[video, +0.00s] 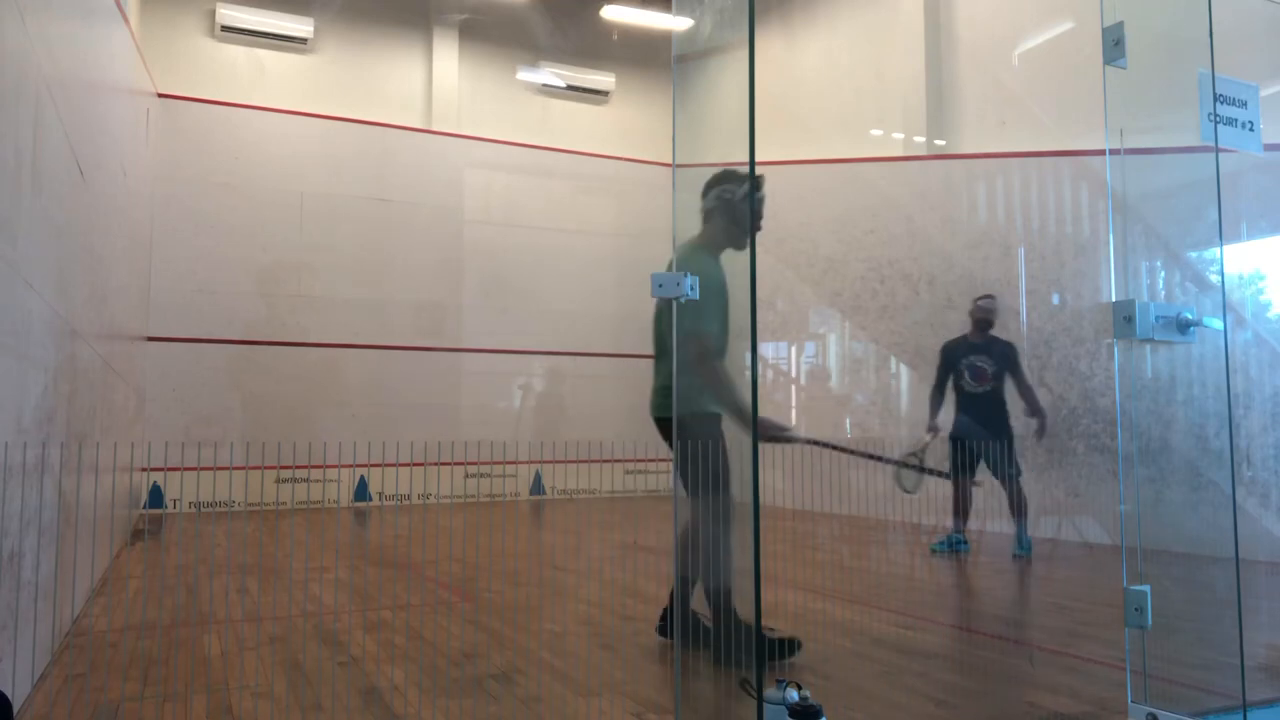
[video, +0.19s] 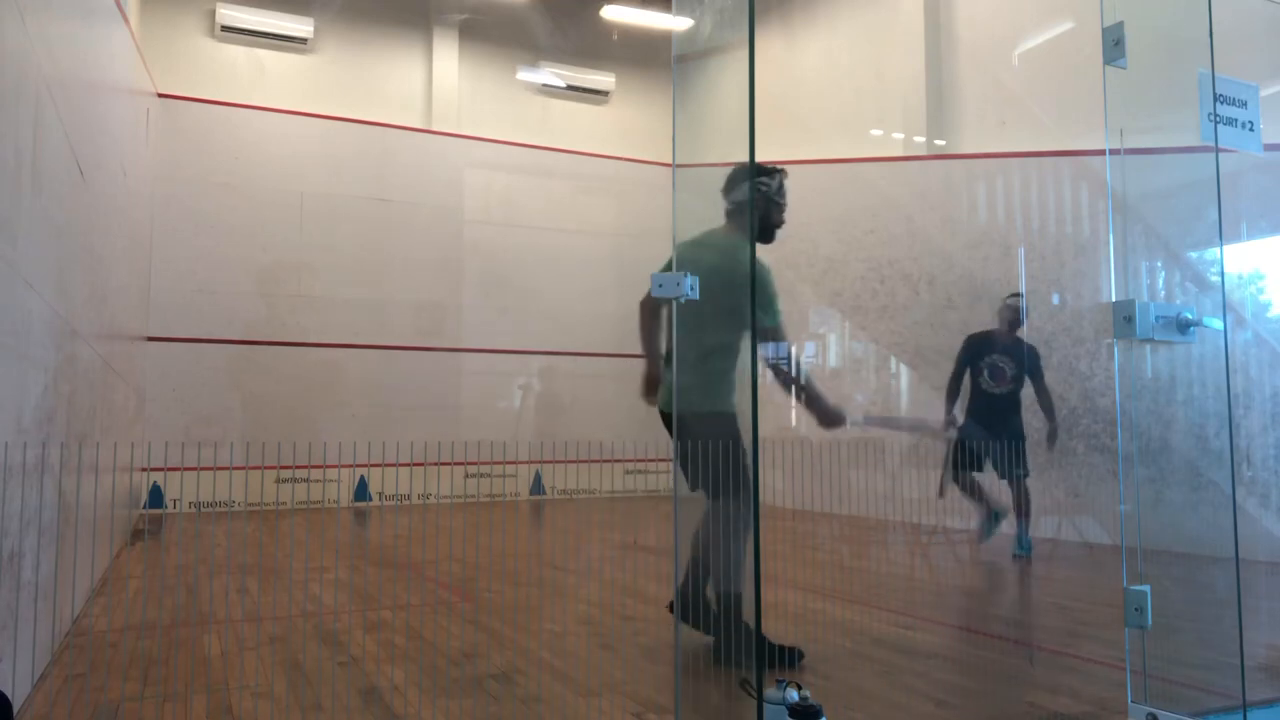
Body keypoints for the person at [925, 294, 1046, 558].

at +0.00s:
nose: (986, 316)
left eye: (991, 312)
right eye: (982, 311)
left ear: (996, 316)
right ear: (971, 313)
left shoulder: (1004, 349)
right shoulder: (952, 349)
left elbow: (1022, 383)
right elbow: (939, 386)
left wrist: (1039, 412)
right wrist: (932, 418)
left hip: (996, 425)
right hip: (964, 423)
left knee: (1011, 483)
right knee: (960, 481)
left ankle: (1022, 538)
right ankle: (958, 535)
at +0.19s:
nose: (1013, 316)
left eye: (1019, 312)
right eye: (1010, 309)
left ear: (1023, 318)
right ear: (1000, 312)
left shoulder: (1027, 353)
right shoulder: (975, 342)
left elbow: (1041, 390)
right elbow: (956, 378)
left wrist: (1052, 423)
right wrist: (949, 411)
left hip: (1009, 423)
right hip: (976, 419)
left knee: (1017, 480)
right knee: (959, 473)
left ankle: (1023, 538)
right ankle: (991, 510)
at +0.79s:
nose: (1020, 311)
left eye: (1027, 308)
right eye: (1018, 306)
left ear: (1037, 318)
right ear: (1011, 312)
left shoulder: (1041, 354)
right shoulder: (992, 340)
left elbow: (1045, 393)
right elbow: (966, 367)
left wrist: (1048, 428)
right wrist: (956, 352)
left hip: (1020, 427)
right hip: (989, 421)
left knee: (1023, 482)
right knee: (979, 477)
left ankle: (1023, 538)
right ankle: (1032, 469)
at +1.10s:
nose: (1004, 313)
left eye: (1010, 309)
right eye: (1001, 308)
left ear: (1018, 315)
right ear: (995, 313)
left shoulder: (1030, 348)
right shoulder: (985, 346)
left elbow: (1048, 382)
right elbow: (979, 376)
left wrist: (1058, 412)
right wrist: (955, 365)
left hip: (1017, 421)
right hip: (988, 421)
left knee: (1020, 479)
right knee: (986, 477)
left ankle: (1024, 537)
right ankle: (1001, 528)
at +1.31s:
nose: (986, 323)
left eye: (991, 318)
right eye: (983, 318)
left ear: (1001, 321)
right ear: (978, 321)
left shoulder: (1015, 350)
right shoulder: (978, 352)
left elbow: (1043, 383)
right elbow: (979, 387)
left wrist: (1039, 412)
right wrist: (952, 383)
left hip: (1010, 423)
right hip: (985, 424)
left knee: (1015, 481)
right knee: (994, 481)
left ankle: (1022, 538)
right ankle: (1004, 532)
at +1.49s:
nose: (967, 332)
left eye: (971, 326)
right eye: (964, 327)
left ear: (984, 325)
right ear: (964, 328)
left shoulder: (1001, 352)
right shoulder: (971, 357)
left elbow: (1032, 380)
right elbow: (969, 392)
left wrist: (1016, 413)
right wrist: (945, 393)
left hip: (997, 425)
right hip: (980, 425)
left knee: (994, 479)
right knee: (988, 480)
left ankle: (1007, 533)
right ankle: (1003, 531)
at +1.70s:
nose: (957, 334)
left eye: (962, 329)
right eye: (954, 329)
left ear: (974, 328)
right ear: (952, 330)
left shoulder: (990, 354)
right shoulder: (957, 359)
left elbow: (1015, 385)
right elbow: (947, 390)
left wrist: (999, 415)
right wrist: (931, 406)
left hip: (985, 427)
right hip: (968, 427)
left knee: (958, 472)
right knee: (988, 480)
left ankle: (955, 529)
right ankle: (1004, 532)